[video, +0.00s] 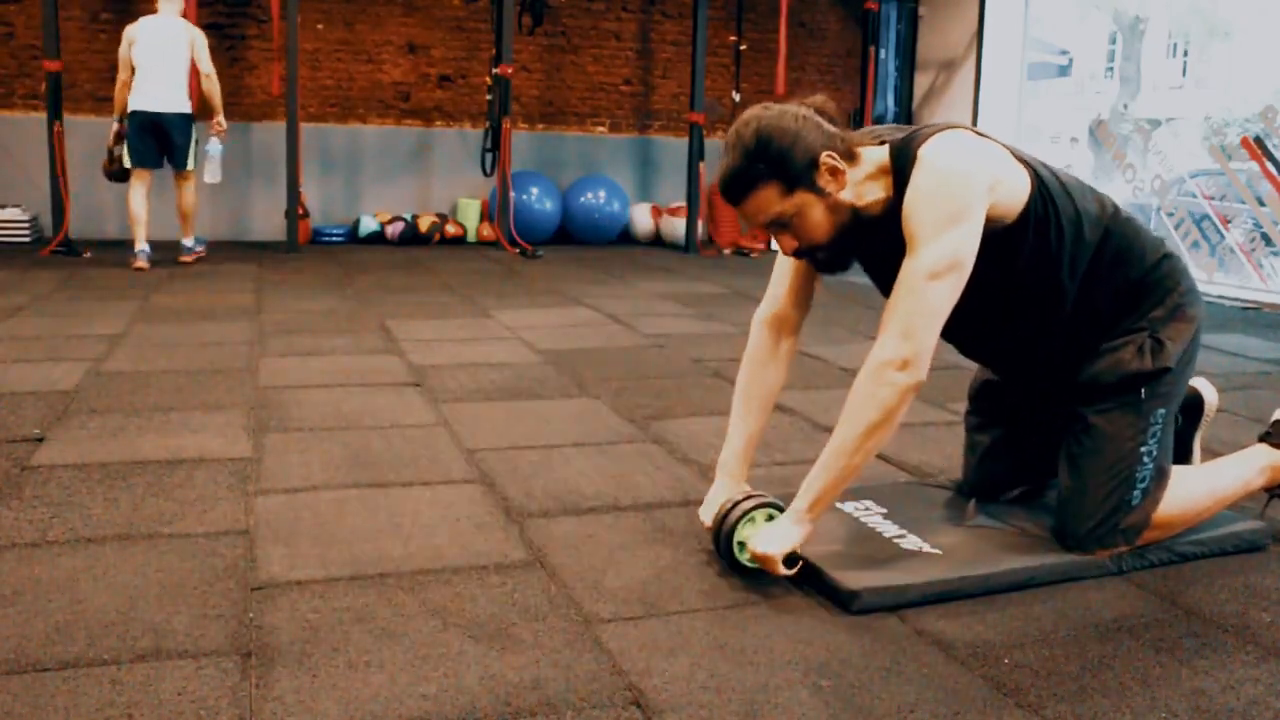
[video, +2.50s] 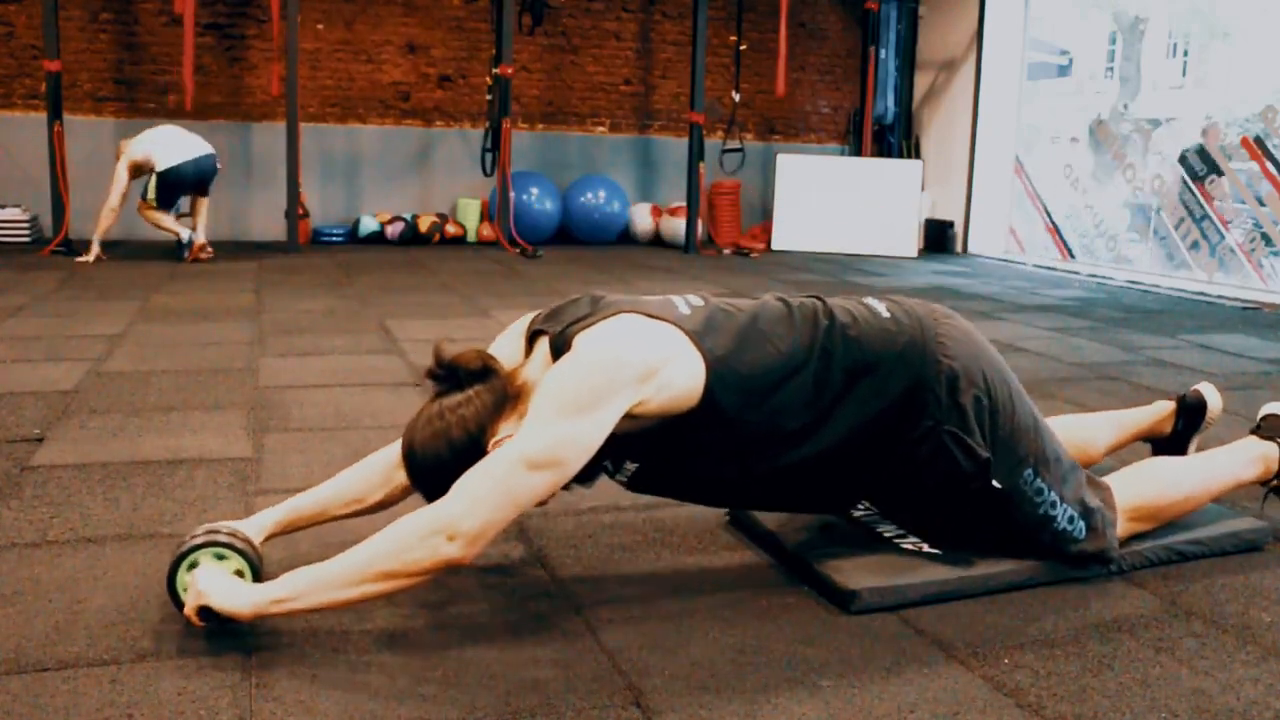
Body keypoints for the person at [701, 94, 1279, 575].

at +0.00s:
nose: (779, 247)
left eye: (782, 224)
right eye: (766, 232)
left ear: (829, 176)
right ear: (825, 173)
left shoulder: (950, 172)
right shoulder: (821, 199)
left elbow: (901, 364)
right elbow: (776, 329)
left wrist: (801, 515)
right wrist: (729, 475)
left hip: (1136, 322)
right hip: (1030, 341)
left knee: (1096, 529)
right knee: (990, 500)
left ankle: (1270, 460)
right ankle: (1169, 423)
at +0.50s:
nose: (745, 231)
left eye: (744, 198)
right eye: (721, 225)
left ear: (785, 156)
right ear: (713, 229)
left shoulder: (889, 183)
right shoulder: (778, 222)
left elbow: (839, 381)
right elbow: (728, 350)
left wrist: (737, 522)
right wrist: (678, 480)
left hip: (1109, 301)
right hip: (1011, 330)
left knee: (1097, 522)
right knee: (995, 482)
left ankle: (1269, 462)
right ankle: (1173, 425)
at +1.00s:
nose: (629, 296)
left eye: (625, 268)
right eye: (610, 292)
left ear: (658, 216)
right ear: (609, 285)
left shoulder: (764, 242)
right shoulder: (672, 263)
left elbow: (677, 443)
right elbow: (585, 383)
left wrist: (534, 553)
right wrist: (493, 491)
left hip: (1035, 313)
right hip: (953, 346)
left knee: (1102, 524)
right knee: (997, 485)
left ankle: (1270, 460)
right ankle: (1176, 417)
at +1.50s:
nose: (482, 402)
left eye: (474, 371)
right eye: (460, 401)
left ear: (513, 309)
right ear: (466, 377)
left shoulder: (624, 330)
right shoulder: (550, 326)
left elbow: (510, 524)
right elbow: (442, 439)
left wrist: (331, 587)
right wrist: (313, 519)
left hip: (937, 378)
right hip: (872, 398)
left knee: (1098, 530)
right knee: (1042, 486)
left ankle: (1258, 458)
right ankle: (1198, 419)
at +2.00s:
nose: (481, 500)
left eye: (473, 493)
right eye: (452, 489)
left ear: (497, 441)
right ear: (457, 421)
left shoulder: (587, 395)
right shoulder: (500, 366)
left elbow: (439, 578)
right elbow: (392, 479)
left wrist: (248, 600)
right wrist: (252, 535)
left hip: (907, 415)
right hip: (835, 396)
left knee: (1094, 516)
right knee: (1021, 451)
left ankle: (1258, 461)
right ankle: (1180, 411)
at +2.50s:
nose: (485, 487)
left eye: (480, 481)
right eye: (456, 476)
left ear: (513, 421)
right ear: (471, 392)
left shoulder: (599, 375)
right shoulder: (515, 346)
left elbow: (439, 545)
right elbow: (398, 466)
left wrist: (263, 597)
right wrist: (256, 530)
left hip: (927, 385)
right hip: (865, 356)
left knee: (1091, 523)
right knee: (1025, 466)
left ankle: (1261, 458)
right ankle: (1176, 408)